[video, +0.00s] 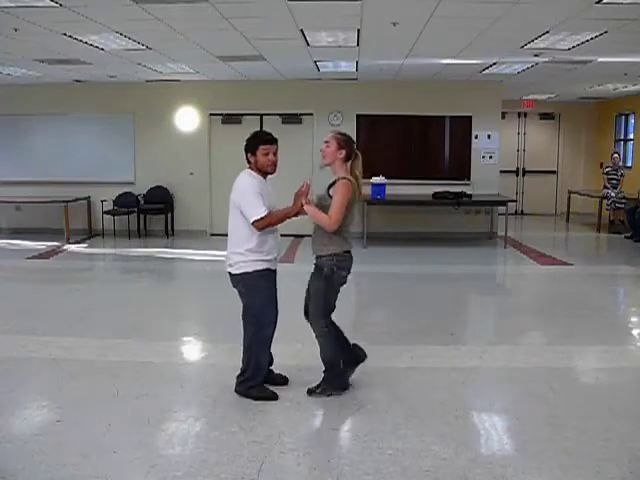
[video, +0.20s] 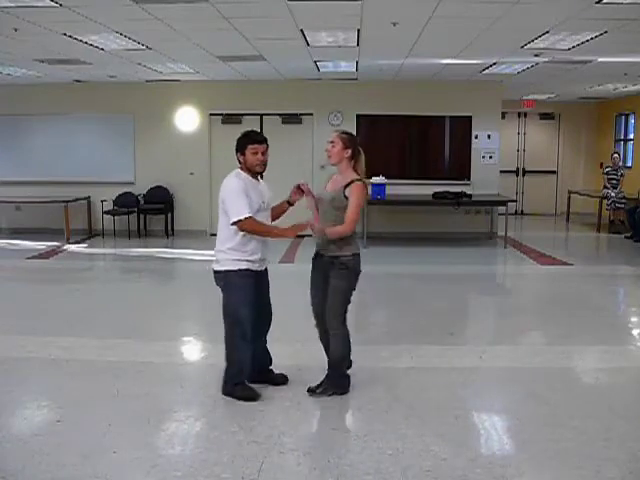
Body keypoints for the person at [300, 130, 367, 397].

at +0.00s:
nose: (322, 148)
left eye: (327, 145)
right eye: (323, 144)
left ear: (341, 152)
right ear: (338, 153)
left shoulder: (344, 185)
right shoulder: (336, 183)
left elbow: (332, 224)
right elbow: (329, 218)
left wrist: (308, 208)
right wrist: (308, 204)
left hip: (334, 260)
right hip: (326, 259)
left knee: (319, 317)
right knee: (312, 313)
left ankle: (334, 378)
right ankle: (349, 353)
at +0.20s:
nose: (327, 149)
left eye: (333, 145)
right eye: (328, 144)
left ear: (347, 151)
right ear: (339, 152)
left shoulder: (356, 185)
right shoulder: (332, 181)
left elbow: (349, 227)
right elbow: (326, 216)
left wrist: (323, 231)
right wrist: (310, 198)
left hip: (344, 260)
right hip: (324, 257)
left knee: (334, 318)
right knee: (321, 315)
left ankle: (338, 379)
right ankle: (339, 365)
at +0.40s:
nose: (337, 150)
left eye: (342, 146)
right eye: (337, 146)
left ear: (357, 152)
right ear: (342, 152)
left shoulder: (371, 184)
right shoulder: (333, 181)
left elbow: (379, 227)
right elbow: (304, 207)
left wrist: (362, 247)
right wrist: (289, 183)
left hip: (356, 259)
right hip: (329, 257)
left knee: (352, 314)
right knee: (333, 316)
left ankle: (369, 359)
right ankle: (340, 364)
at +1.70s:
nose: (338, 155)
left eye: (344, 150)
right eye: (337, 151)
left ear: (357, 155)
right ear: (336, 155)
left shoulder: (370, 187)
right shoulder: (332, 185)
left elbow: (376, 226)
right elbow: (309, 213)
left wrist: (352, 222)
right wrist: (285, 197)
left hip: (360, 262)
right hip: (333, 261)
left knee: (362, 314)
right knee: (327, 317)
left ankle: (373, 353)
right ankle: (342, 368)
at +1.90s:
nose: (330, 153)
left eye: (335, 148)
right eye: (327, 149)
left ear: (348, 153)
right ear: (326, 154)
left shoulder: (355, 187)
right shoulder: (328, 185)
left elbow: (346, 225)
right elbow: (315, 221)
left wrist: (319, 209)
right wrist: (297, 202)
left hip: (343, 263)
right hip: (322, 260)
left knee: (331, 317)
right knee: (320, 318)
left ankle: (360, 353)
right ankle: (341, 368)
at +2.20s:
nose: (319, 150)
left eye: (324, 146)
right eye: (316, 146)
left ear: (336, 152)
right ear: (314, 152)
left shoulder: (341, 184)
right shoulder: (323, 183)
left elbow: (333, 222)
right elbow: (318, 221)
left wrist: (302, 209)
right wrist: (295, 247)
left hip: (331, 262)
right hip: (314, 260)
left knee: (320, 319)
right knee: (311, 316)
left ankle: (325, 379)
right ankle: (341, 362)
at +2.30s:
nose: (319, 152)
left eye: (325, 147)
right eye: (317, 148)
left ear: (338, 152)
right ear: (315, 153)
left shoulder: (342, 184)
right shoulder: (322, 185)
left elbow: (336, 224)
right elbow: (318, 217)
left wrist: (306, 217)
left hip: (333, 264)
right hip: (314, 262)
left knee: (325, 321)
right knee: (299, 314)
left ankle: (325, 382)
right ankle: (333, 356)